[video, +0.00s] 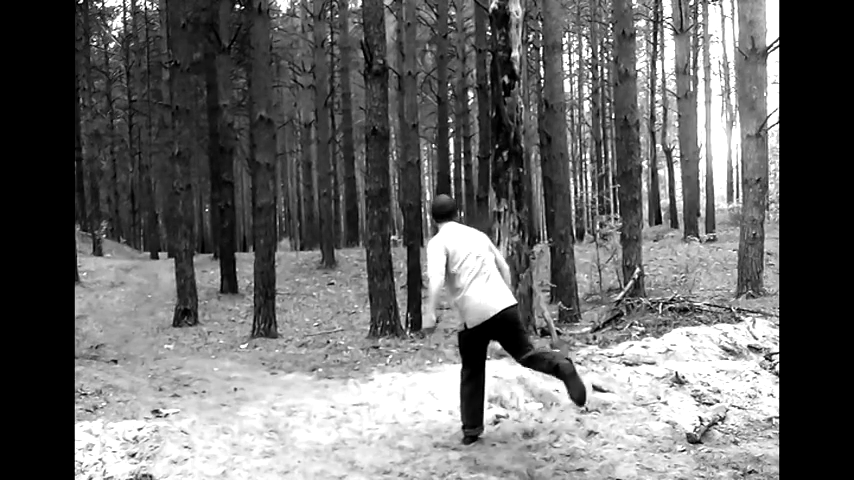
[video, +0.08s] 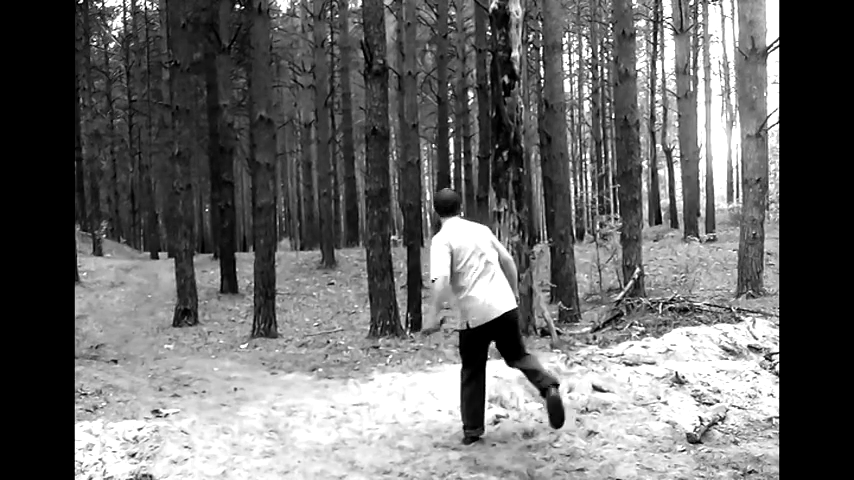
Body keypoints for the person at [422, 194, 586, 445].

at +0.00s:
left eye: (433, 217)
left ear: (433, 218)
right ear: (456, 213)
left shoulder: (437, 242)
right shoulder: (477, 234)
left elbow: (436, 281)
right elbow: (503, 266)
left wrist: (430, 314)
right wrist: (507, 296)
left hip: (475, 315)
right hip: (505, 304)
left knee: (472, 372)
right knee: (526, 354)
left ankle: (471, 430)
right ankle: (561, 365)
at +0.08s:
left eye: (434, 209)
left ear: (436, 212)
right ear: (460, 208)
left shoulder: (441, 240)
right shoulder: (481, 229)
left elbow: (441, 282)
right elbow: (507, 259)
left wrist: (433, 315)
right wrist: (513, 292)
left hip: (475, 314)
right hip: (505, 304)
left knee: (472, 372)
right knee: (518, 355)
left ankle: (473, 430)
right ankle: (548, 387)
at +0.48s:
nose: (460, 210)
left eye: (461, 204)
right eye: (459, 205)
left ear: (472, 201)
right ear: (479, 201)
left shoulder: (489, 229)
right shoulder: (498, 224)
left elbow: (485, 274)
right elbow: (496, 273)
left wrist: (457, 274)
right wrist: (466, 282)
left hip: (497, 315)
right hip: (515, 313)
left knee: (478, 376)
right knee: (515, 372)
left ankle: (478, 430)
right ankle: (527, 429)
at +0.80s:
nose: (474, 207)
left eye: (477, 201)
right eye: (472, 202)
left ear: (493, 199)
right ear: (482, 202)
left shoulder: (515, 229)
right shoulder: (489, 231)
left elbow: (526, 273)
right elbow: (497, 270)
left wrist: (494, 296)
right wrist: (474, 280)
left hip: (513, 315)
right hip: (501, 314)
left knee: (502, 370)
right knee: (518, 369)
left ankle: (528, 435)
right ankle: (528, 426)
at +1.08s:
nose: (490, 209)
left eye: (495, 203)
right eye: (486, 204)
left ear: (510, 200)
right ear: (484, 205)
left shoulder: (535, 234)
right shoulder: (489, 237)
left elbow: (557, 275)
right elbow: (488, 277)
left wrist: (542, 312)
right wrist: (477, 300)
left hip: (531, 328)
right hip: (499, 327)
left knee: (529, 387)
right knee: (497, 377)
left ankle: (540, 449)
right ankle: (519, 418)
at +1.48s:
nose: (483, 212)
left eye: (488, 205)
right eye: (479, 207)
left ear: (505, 203)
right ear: (477, 208)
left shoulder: (533, 238)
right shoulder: (477, 242)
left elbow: (554, 282)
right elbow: (472, 278)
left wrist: (536, 321)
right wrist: (462, 294)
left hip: (530, 334)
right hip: (492, 335)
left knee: (534, 396)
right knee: (491, 397)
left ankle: (539, 452)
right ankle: (497, 465)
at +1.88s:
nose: (451, 201)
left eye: (456, 193)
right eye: (450, 194)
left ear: (477, 193)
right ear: (464, 196)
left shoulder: (508, 232)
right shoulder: (461, 235)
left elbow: (527, 285)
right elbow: (460, 278)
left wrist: (507, 336)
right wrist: (435, 287)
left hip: (502, 341)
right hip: (470, 342)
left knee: (488, 402)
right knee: (475, 414)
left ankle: (529, 456)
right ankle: (497, 474)